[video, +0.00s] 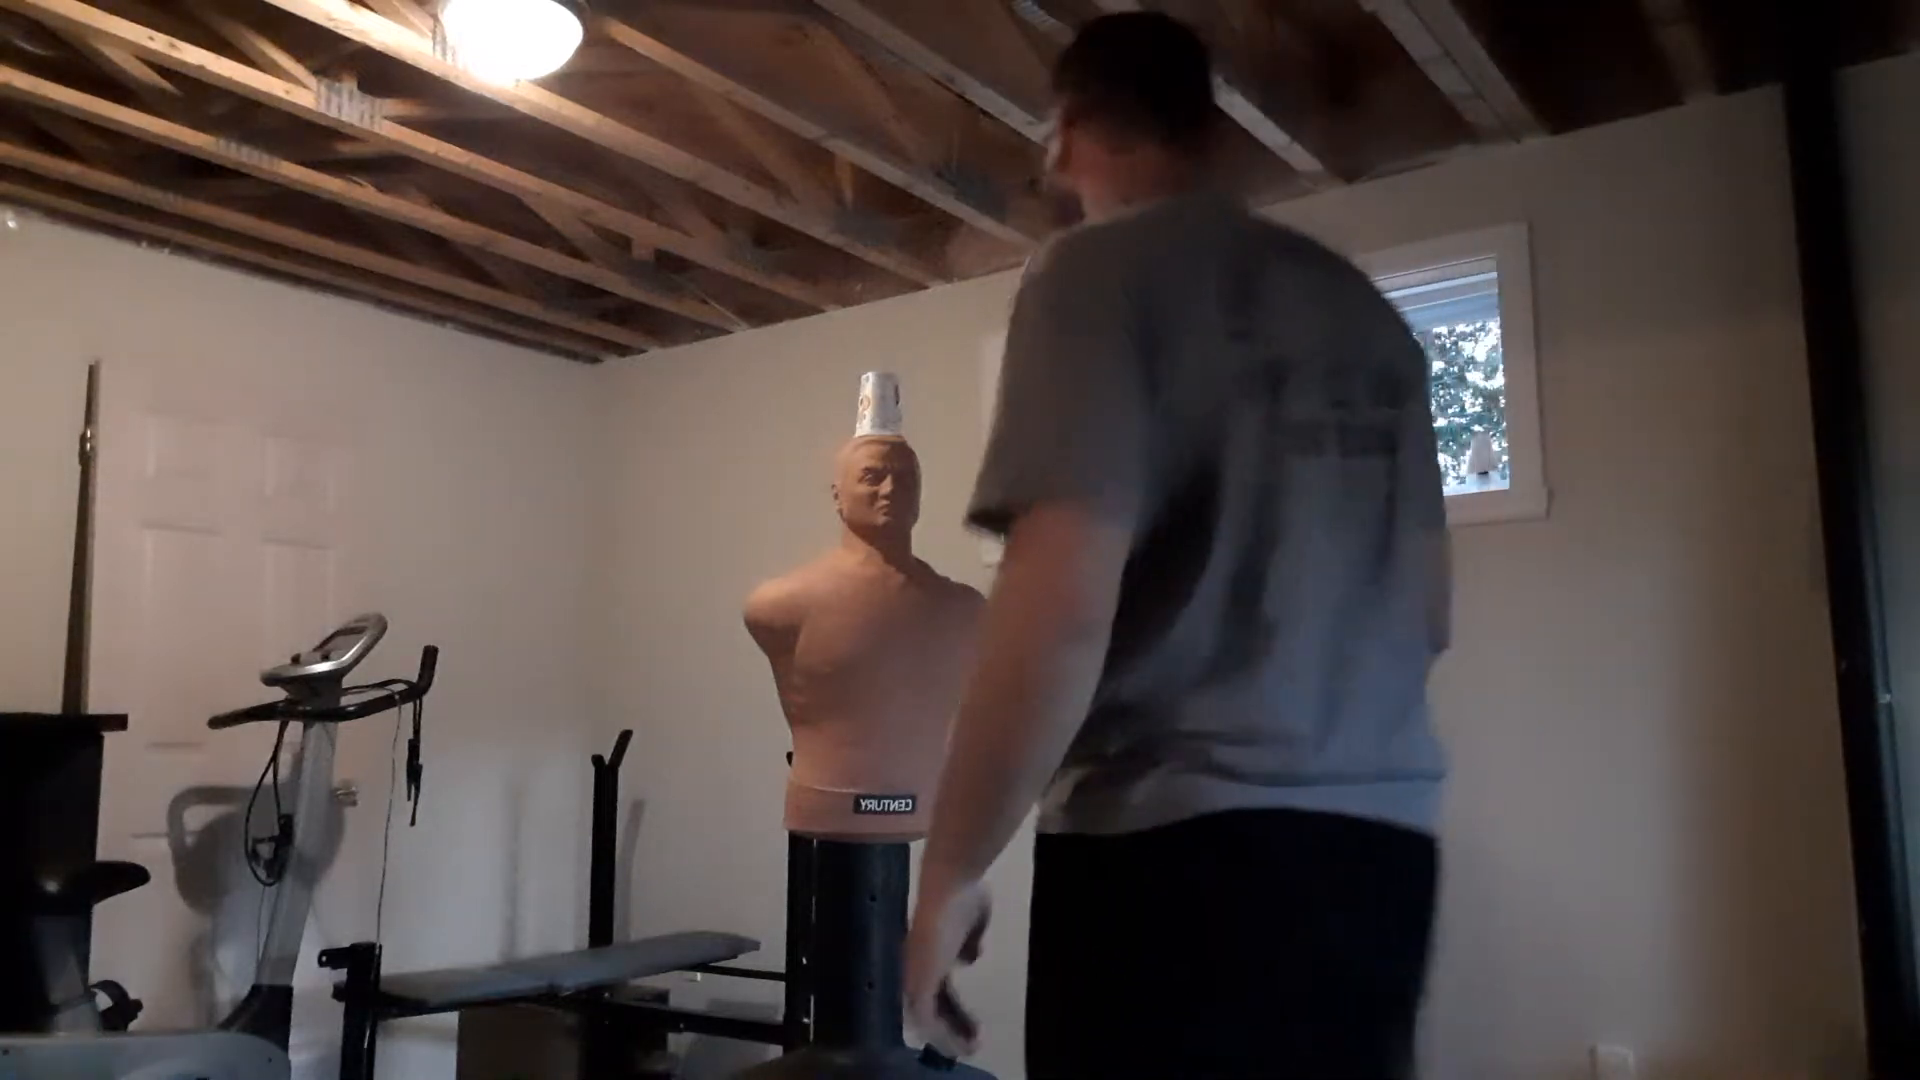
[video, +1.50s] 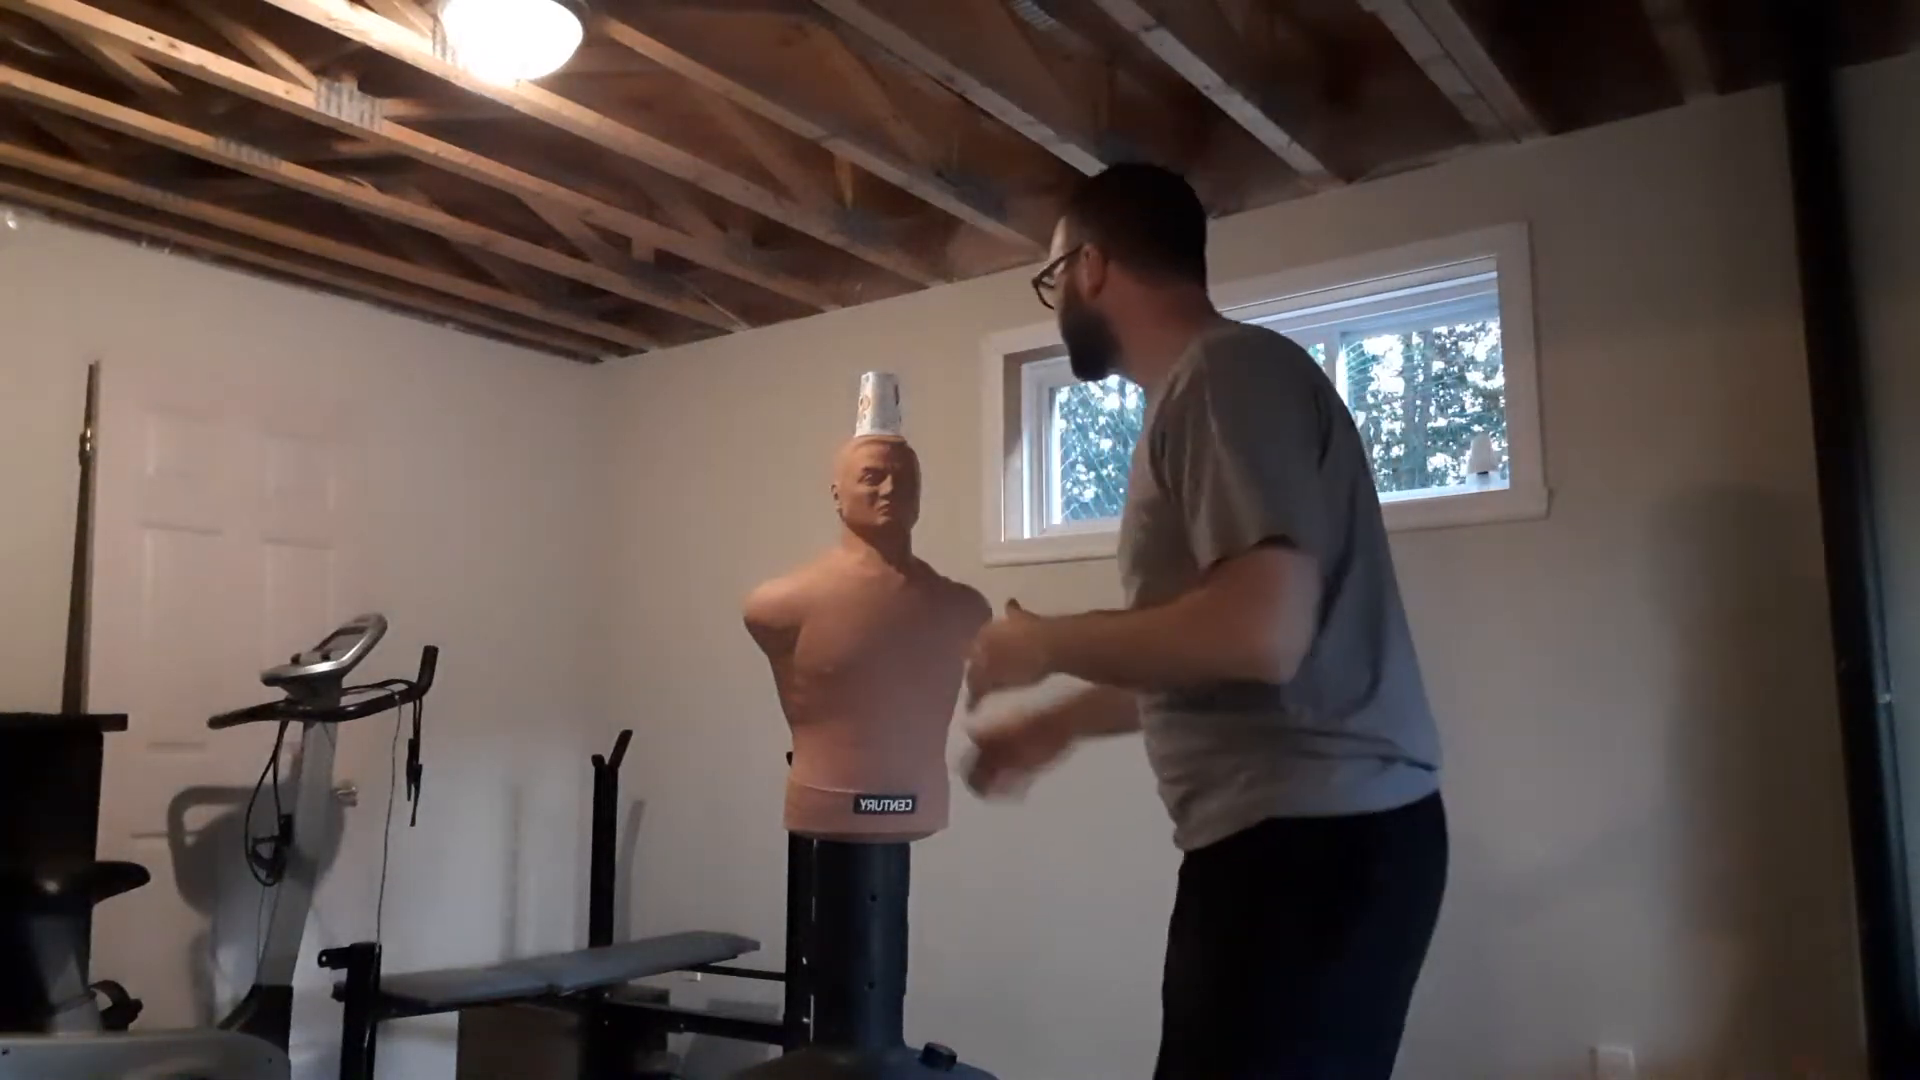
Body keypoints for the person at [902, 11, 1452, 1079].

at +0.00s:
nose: (1065, 187)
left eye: (1065, 157)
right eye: (1060, 164)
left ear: (1098, 128)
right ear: (1205, 131)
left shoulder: (1106, 267)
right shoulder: (1369, 310)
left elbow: (1065, 592)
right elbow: (1420, 608)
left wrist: (951, 876)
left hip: (1171, 855)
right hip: (1375, 859)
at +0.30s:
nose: (999, 212)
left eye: (998, 184)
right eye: (999, 187)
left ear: (1021, 179)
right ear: (1144, 174)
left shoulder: (1108, 312)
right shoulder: (1272, 334)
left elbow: (1098, 607)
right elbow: (1385, 568)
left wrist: (1015, 802)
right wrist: (1270, 700)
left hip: (1156, 842)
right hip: (1290, 833)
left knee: (1124, 1067)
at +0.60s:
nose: (1021, 280)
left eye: (1026, 253)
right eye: (1020, 258)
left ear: (1066, 243)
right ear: (1149, 238)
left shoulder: (1162, 307)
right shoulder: (1206, 332)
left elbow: (1079, 440)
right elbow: (1086, 484)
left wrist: (930, 501)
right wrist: (951, 488)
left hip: (1233, 815)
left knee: (1142, 1067)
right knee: (1216, 1067)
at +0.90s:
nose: (1076, 287)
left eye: (1080, 257)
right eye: (1074, 264)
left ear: (1122, 247)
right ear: (1212, 245)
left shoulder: (1189, 360)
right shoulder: (1288, 373)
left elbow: (1091, 621)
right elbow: (1273, 660)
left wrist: (1013, 645)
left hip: (1252, 854)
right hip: (1338, 839)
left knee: (1239, 1067)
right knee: (1309, 1067)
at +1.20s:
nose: (1075, 269)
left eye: (1079, 237)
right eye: (1074, 243)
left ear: (1123, 232)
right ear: (1216, 223)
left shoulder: (1233, 326)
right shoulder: (1285, 332)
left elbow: (1188, 580)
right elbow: (1307, 606)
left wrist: (1084, 616)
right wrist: (1160, 691)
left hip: (1323, 853)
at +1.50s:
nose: (1055, 300)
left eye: (1056, 272)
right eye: (1052, 278)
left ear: (1095, 265)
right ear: (1177, 260)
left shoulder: (1236, 371)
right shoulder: (1195, 400)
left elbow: (1263, 628)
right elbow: (1205, 659)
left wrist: (1052, 639)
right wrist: (1060, 723)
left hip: (1314, 841)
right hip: (1276, 841)